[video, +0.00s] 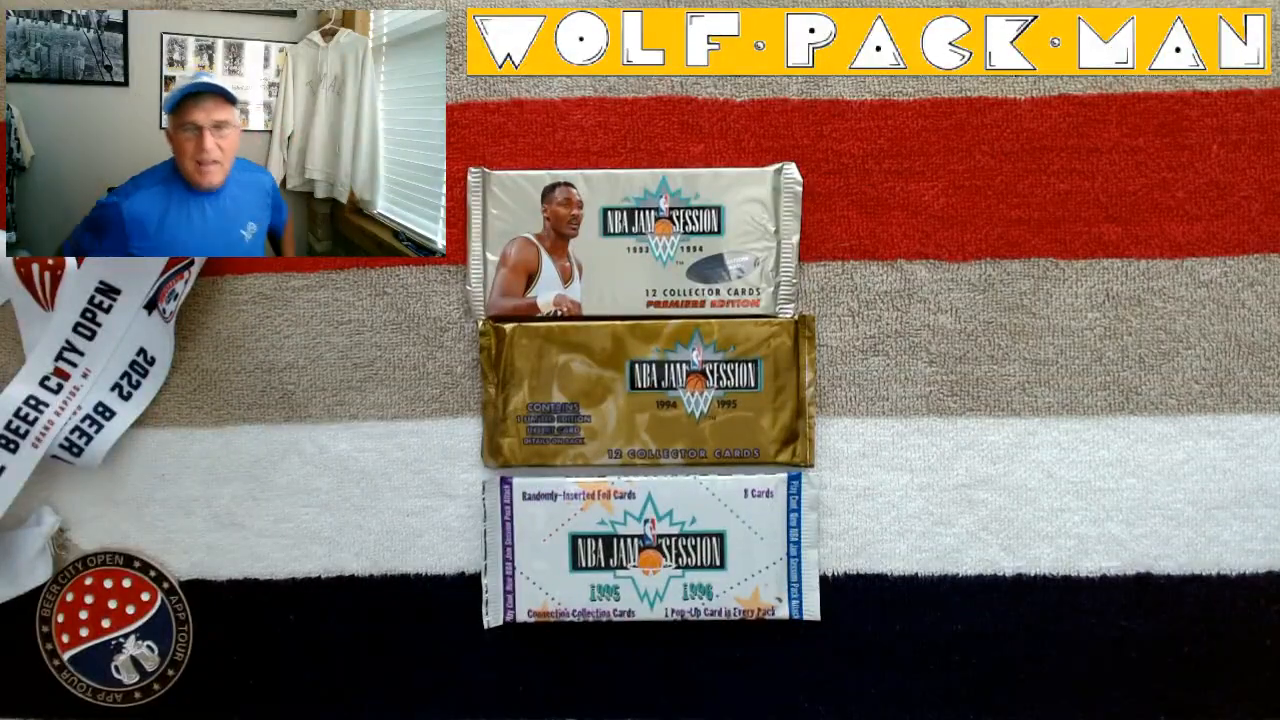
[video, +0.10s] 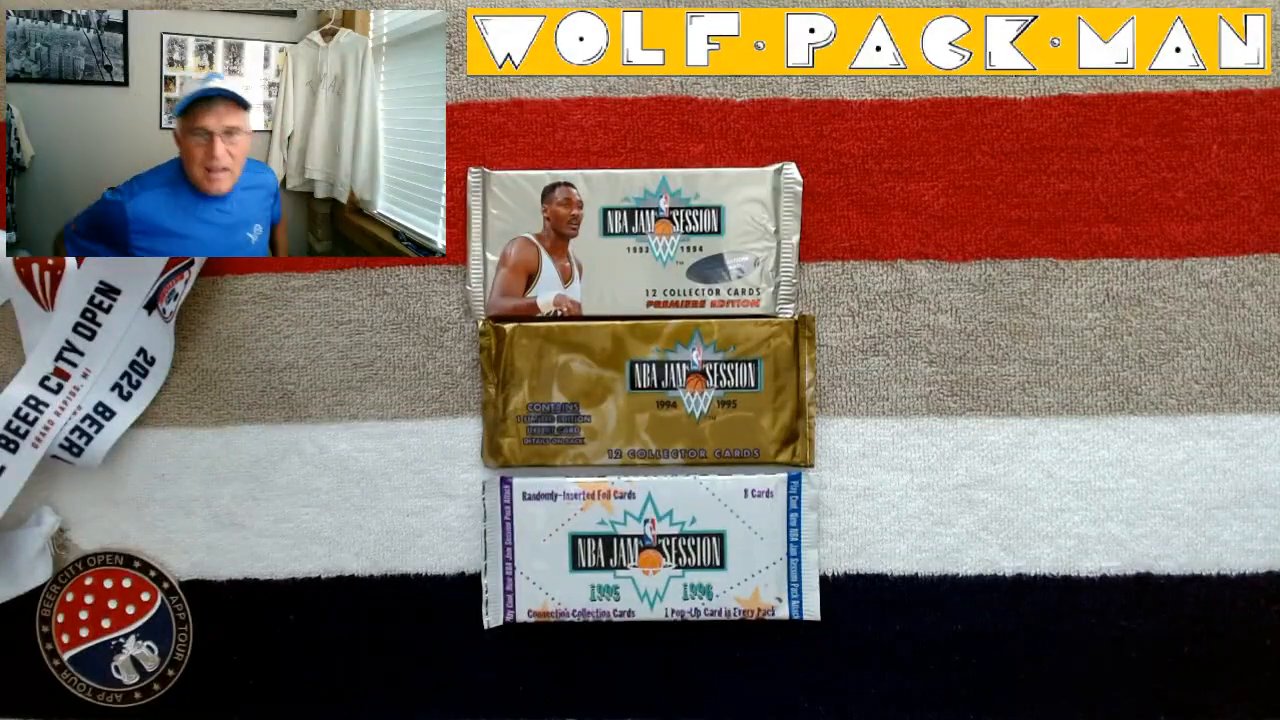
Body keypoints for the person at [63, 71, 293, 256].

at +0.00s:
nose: (207, 146)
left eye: (219, 128)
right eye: (191, 130)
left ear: (239, 132)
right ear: (170, 138)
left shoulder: (260, 186)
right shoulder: (127, 211)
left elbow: (283, 224)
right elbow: (65, 271)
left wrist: (289, 275)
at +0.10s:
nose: (217, 153)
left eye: (231, 135)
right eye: (202, 136)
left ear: (249, 138)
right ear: (178, 138)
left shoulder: (264, 183)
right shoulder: (132, 207)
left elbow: (276, 222)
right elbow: (68, 245)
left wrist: (281, 272)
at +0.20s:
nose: (230, 158)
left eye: (246, 139)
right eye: (213, 139)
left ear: (263, 141)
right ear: (188, 141)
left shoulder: (272, 183)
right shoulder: (137, 206)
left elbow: (274, 226)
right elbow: (68, 236)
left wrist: (274, 271)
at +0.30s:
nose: (237, 159)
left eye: (253, 140)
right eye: (218, 139)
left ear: (269, 141)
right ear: (194, 140)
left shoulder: (277, 185)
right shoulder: (141, 203)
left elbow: (277, 232)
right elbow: (67, 231)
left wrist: (274, 278)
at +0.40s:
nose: (241, 160)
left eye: (259, 138)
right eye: (224, 138)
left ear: (277, 139)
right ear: (198, 137)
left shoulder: (284, 186)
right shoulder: (144, 203)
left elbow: (272, 254)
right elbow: (69, 233)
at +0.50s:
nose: (245, 156)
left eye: (262, 135)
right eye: (227, 134)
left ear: (279, 138)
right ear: (201, 135)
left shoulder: (286, 183)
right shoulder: (146, 199)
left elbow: (274, 250)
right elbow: (70, 235)